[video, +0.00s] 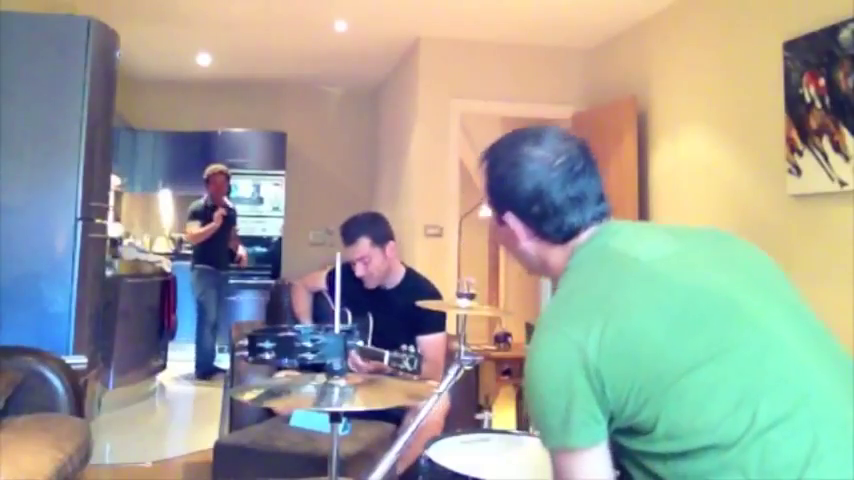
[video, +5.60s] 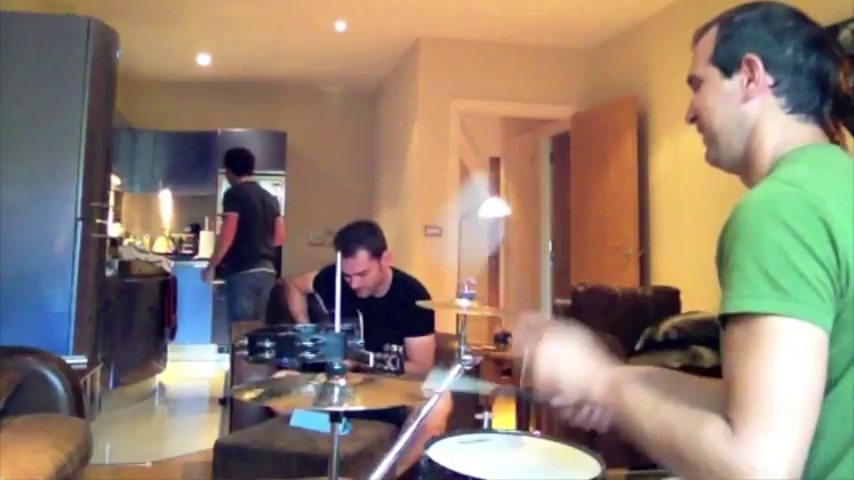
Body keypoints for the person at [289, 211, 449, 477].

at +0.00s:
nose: (358, 272)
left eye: (365, 261)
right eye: (353, 263)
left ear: (390, 250)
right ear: (347, 258)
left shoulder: (423, 296)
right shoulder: (345, 277)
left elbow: (432, 376)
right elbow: (301, 286)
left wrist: (382, 368)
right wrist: (308, 334)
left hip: (398, 394)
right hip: (343, 386)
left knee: (434, 408)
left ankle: (384, 474)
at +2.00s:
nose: (382, 272)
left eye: (392, 265)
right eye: (377, 262)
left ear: (414, 258)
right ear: (371, 250)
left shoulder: (429, 292)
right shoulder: (355, 271)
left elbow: (425, 367)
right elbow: (306, 275)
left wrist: (392, 370)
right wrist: (313, 325)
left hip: (396, 387)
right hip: (343, 378)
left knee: (450, 404)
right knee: (278, 389)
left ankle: (390, 472)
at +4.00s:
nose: (361, 277)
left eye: (370, 267)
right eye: (353, 267)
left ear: (391, 258)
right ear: (345, 257)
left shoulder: (413, 295)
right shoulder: (336, 277)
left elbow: (424, 371)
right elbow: (293, 286)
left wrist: (370, 366)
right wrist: (305, 330)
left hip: (389, 389)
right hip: (336, 382)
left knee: (439, 403)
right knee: (280, 386)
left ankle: (388, 473)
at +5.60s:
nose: (354, 284)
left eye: (362, 274)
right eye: (348, 275)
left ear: (385, 261)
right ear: (340, 265)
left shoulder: (412, 295)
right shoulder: (334, 279)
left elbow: (422, 368)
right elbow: (294, 287)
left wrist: (367, 367)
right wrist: (306, 333)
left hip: (389, 387)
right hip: (335, 381)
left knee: (438, 404)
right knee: (280, 389)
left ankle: (388, 473)